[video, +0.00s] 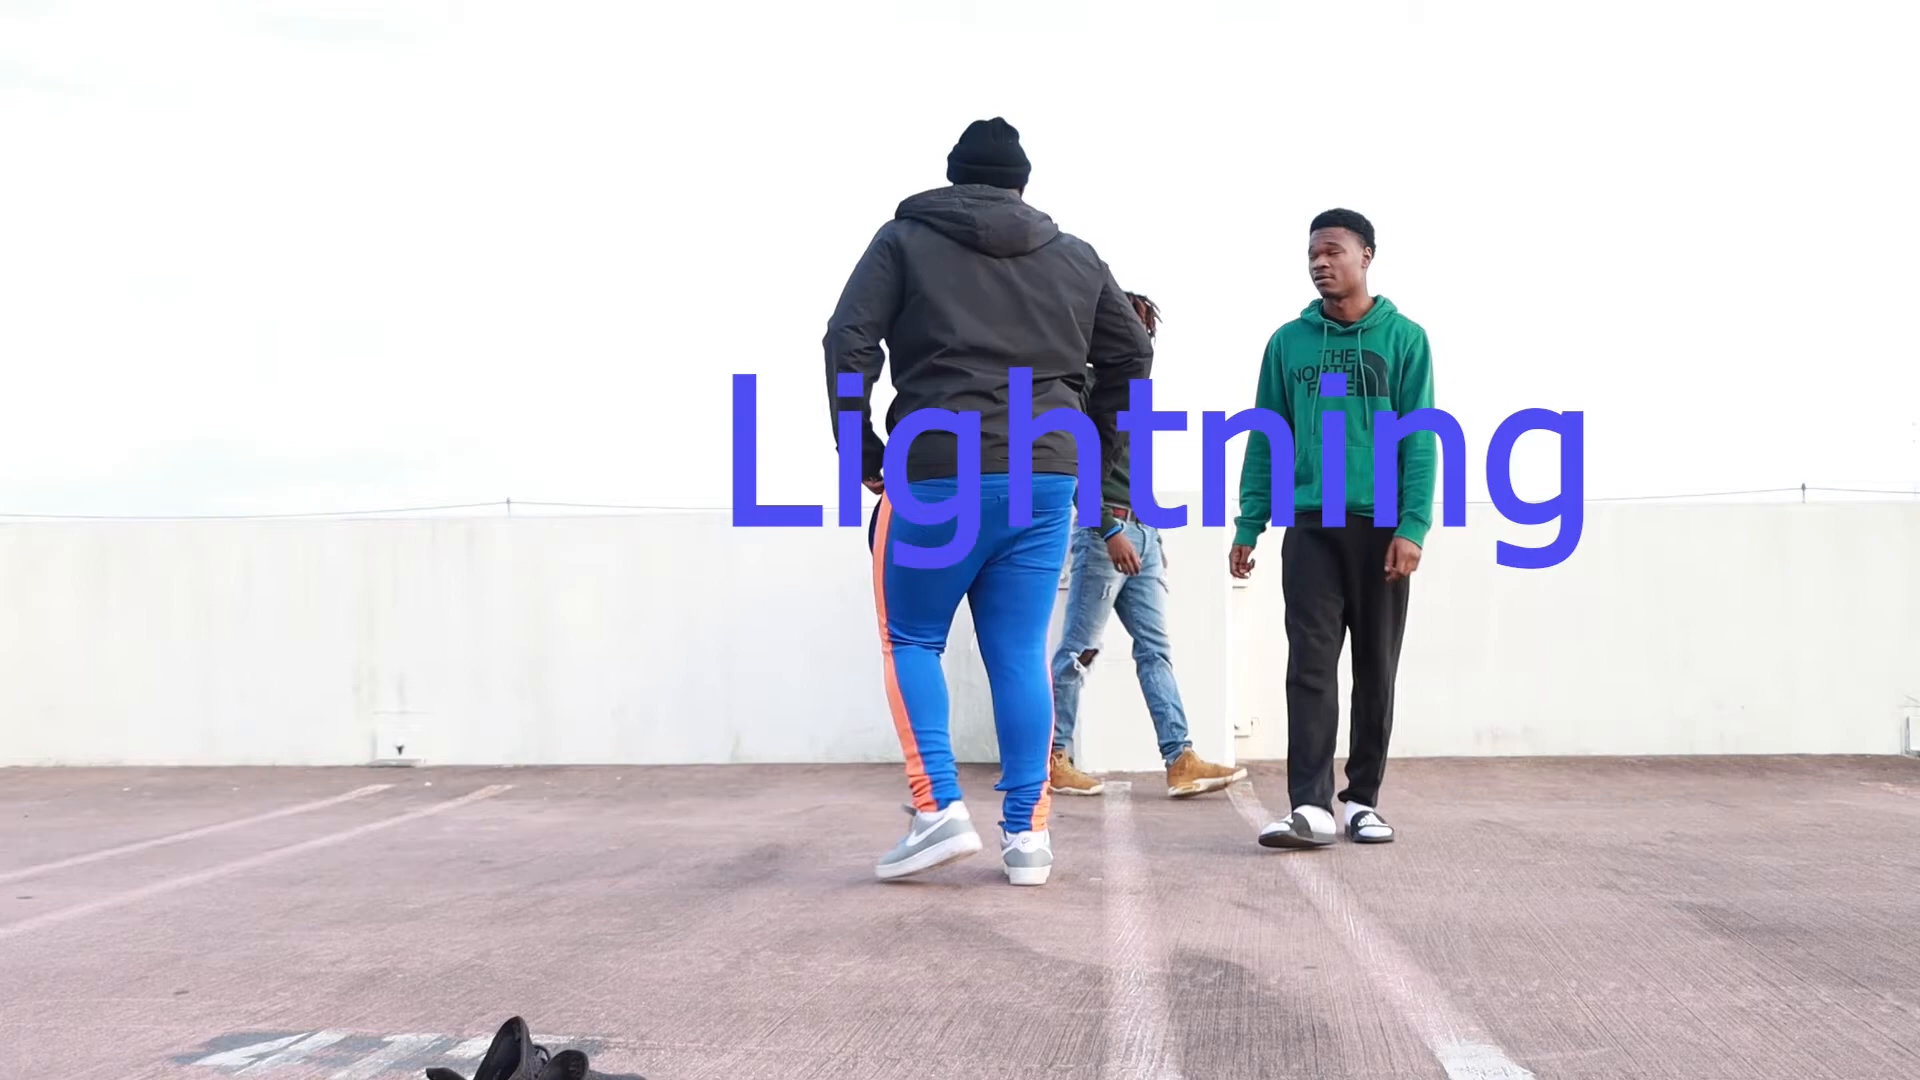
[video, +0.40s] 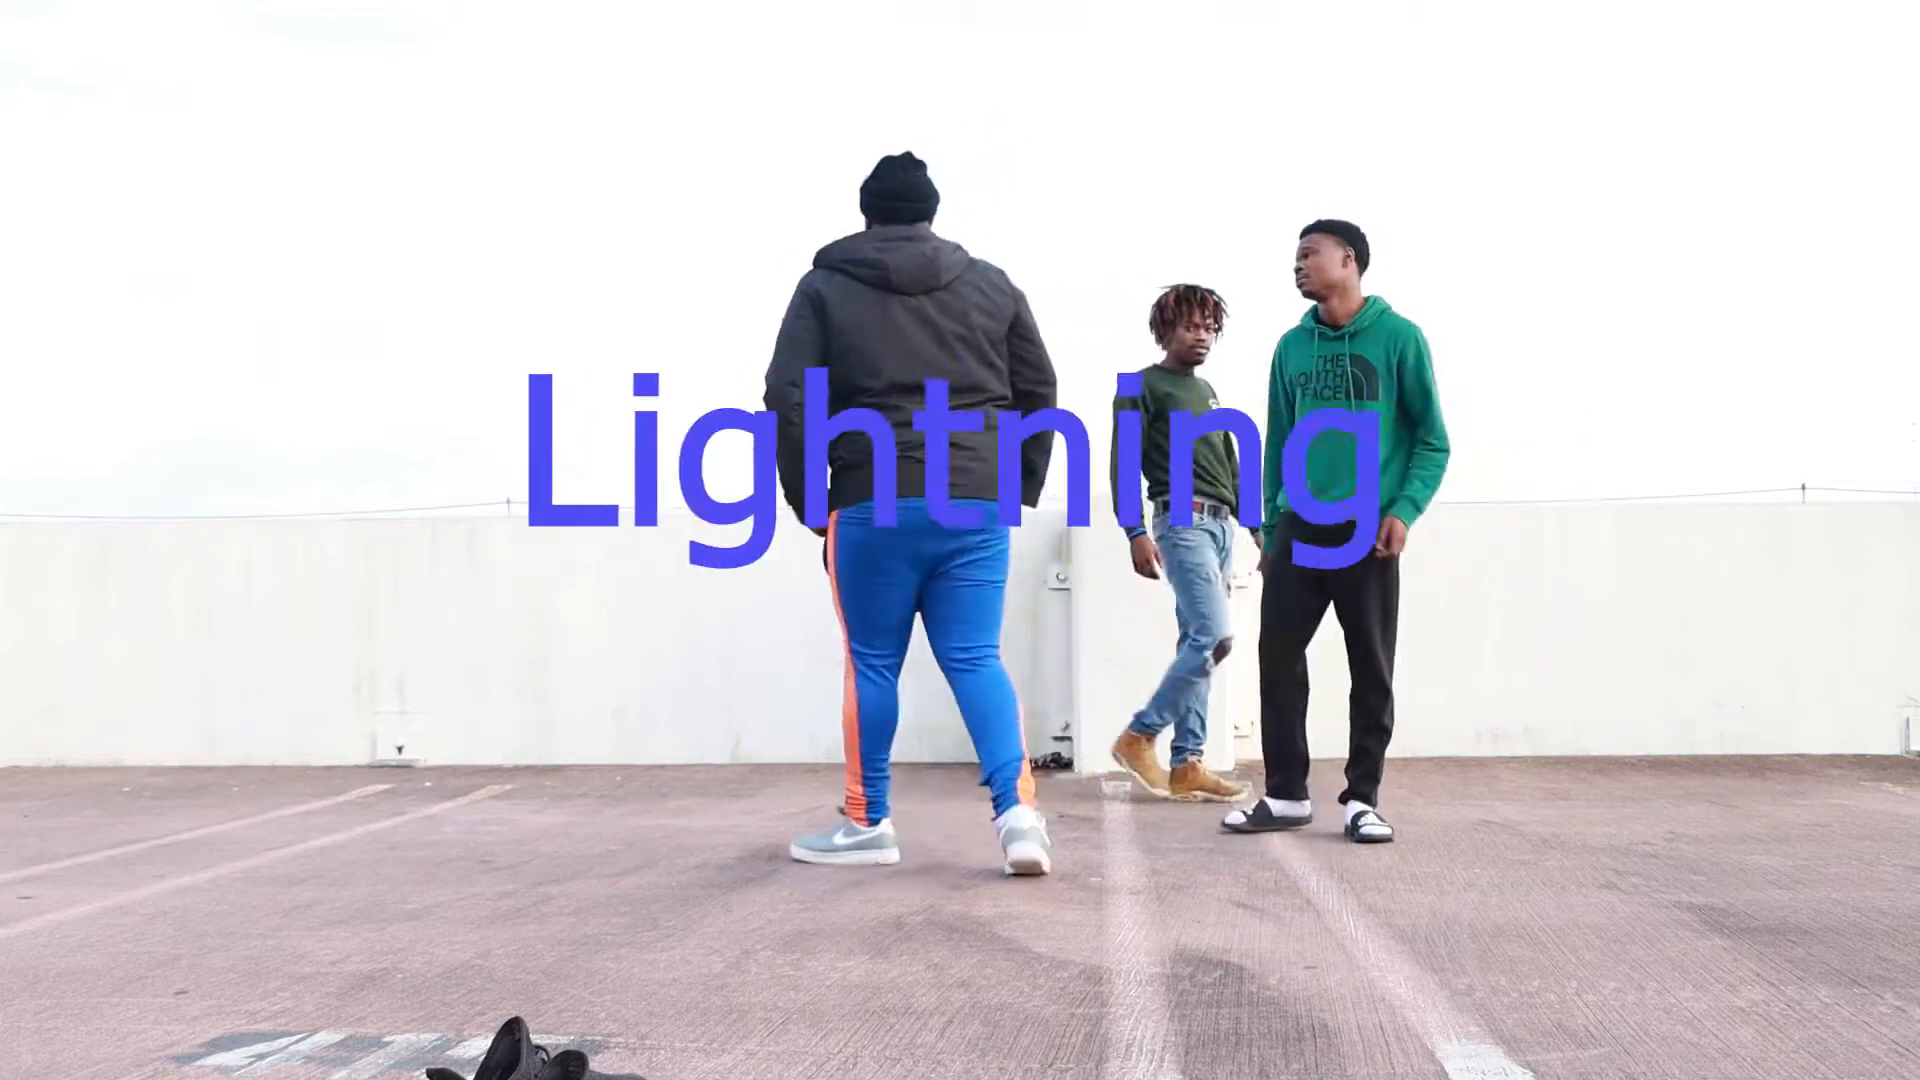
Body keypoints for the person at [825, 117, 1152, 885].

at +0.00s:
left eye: (967, 174)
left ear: (952, 176)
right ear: (1022, 182)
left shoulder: (905, 240)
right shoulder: (1075, 256)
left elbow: (849, 339)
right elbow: (1128, 352)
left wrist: (862, 453)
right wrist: (1089, 437)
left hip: (939, 466)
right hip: (1046, 469)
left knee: (915, 637)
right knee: (1022, 651)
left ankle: (938, 808)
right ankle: (1025, 835)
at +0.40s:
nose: (881, 221)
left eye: (873, 208)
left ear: (867, 212)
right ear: (933, 212)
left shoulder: (827, 285)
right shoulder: (991, 285)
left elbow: (790, 394)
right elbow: (1038, 394)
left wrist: (811, 505)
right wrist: (1015, 492)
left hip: (874, 503)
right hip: (977, 502)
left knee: (873, 662)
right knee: (976, 655)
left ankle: (868, 822)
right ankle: (1016, 808)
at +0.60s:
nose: (828, 224)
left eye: (818, 213)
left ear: (818, 215)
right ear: (882, 213)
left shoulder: (789, 288)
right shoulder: (942, 282)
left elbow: (755, 404)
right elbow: (985, 390)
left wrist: (768, 511)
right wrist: (962, 480)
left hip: (841, 500)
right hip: (936, 496)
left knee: (853, 657)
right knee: (923, 638)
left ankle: (866, 819)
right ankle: (972, 757)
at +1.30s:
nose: (706, 257)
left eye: (716, 243)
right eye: (698, 250)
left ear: (753, 242)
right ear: (700, 260)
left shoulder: (787, 291)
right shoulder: (732, 317)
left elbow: (839, 383)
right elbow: (735, 422)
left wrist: (852, 490)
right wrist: (738, 515)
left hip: (802, 511)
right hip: (755, 516)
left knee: (798, 651)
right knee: (752, 660)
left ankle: (857, 804)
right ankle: (738, 806)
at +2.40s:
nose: (915, 316)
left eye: (927, 305)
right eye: (903, 301)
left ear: (938, 303)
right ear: (876, 291)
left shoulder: (958, 360)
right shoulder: (822, 336)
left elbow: (974, 459)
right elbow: (760, 411)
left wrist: (970, 548)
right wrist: (753, 505)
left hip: (902, 524)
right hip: (818, 520)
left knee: (886, 650)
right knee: (826, 657)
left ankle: (887, 788)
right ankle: (851, 779)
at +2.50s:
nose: (921, 326)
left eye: (932, 314)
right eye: (909, 311)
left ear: (942, 311)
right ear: (880, 300)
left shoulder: (955, 360)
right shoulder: (826, 344)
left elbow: (973, 458)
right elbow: (766, 428)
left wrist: (983, 549)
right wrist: (753, 521)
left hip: (902, 521)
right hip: (820, 521)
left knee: (887, 648)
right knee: (832, 659)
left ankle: (887, 789)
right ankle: (850, 782)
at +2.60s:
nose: (914, 330)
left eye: (924, 318)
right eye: (901, 316)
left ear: (936, 314)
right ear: (874, 306)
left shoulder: (952, 362)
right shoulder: (826, 352)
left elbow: (981, 453)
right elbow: (768, 435)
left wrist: (1006, 541)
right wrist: (748, 532)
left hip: (903, 525)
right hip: (820, 524)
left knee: (886, 650)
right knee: (834, 664)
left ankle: (887, 788)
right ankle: (852, 784)